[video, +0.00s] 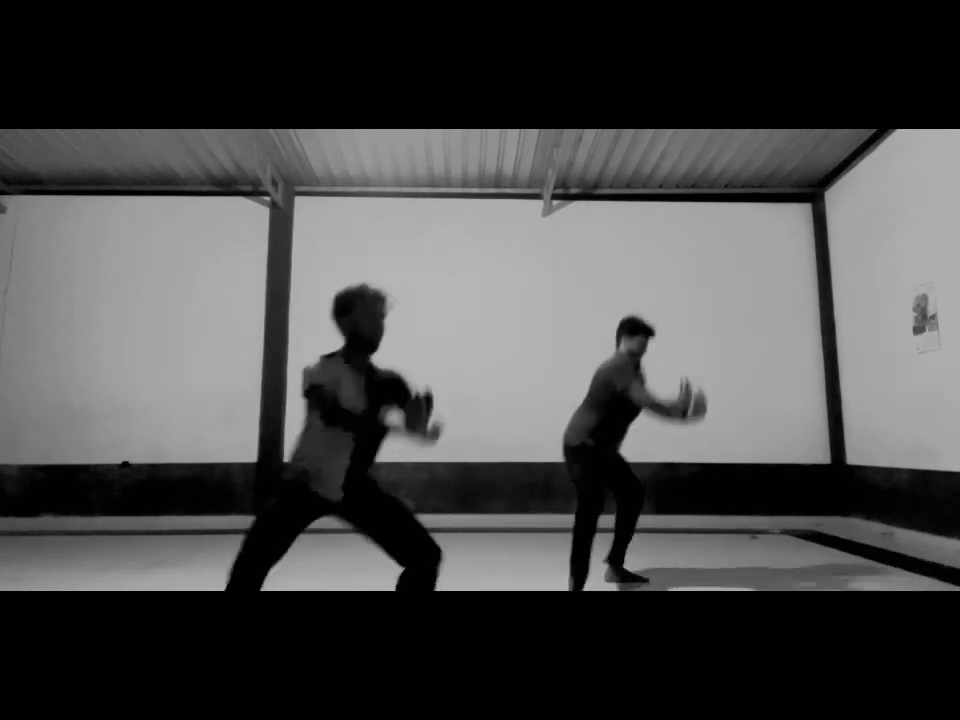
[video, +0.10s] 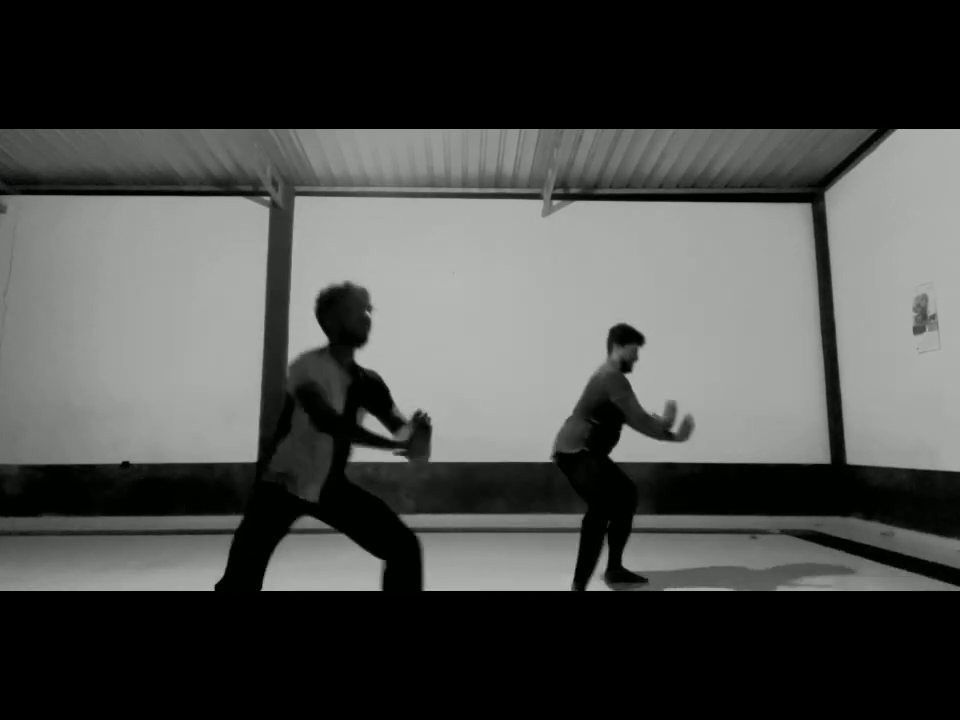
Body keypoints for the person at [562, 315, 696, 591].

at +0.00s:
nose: (641, 348)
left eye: (644, 342)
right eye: (636, 341)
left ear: (646, 344)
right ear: (622, 340)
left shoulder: (633, 370)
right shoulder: (617, 367)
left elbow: (648, 404)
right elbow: (643, 401)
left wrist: (682, 412)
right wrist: (678, 408)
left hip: (604, 449)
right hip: (583, 448)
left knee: (632, 495)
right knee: (589, 507)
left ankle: (615, 565)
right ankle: (576, 582)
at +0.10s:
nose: (636, 355)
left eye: (637, 350)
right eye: (632, 349)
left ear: (620, 350)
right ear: (615, 348)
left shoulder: (612, 377)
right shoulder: (611, 379)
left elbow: (635, 415)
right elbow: (638, 421)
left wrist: (662, 424)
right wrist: (672, 436)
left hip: (586, 452)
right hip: (576, 453)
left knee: (625, 496)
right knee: (601, 506)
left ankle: (615, 569)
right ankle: (579, 584)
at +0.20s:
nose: (624, 344)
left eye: (626, 338)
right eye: (620, 337)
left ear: (614, 339)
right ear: (604, 336)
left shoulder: (601, 363)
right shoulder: (601, 361)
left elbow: (625, 399)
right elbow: (630, 394)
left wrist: (654, 411)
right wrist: (653, 407)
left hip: (577, 443)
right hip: (573, 443)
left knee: (605, 492)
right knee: (599, 496)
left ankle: (601, 559)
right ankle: (586, 578)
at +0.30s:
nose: (614, 335)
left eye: (616, 329)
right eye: (609, 329)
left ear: (608, 330)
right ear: (594, 328)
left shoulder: (604, 351)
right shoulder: (586, 347)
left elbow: (622, 360)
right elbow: (617, 350)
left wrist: (634, 379)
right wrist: (638, 372)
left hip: (580, 434)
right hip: (566, 434)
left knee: (589, 495)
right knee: (583, 499)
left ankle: (554, 550)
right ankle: (581, 578)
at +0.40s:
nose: (608, 332)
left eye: (607, 328)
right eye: (605, 328)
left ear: (589, 325)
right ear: (595, 325)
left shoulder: (598, 354)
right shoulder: (581, 343)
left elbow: (619, 341)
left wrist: (625, 345)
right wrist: (621, 342)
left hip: (573, 433)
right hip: (563, 430)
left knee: (571, 501)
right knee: (577, 496)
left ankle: (538, 556)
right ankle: (571, 559)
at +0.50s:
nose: (598, 341)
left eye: (598, 337)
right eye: (592, 337)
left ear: (600, 339)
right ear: (580, 340)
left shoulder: (603, 360)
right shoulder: (570, 362)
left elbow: (626, 346)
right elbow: (557, 345)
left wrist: (639, 344)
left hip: (579, 440)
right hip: (555, 432)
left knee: (579, 499)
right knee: (582, 464)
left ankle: (541, 557)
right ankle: (565, 541)